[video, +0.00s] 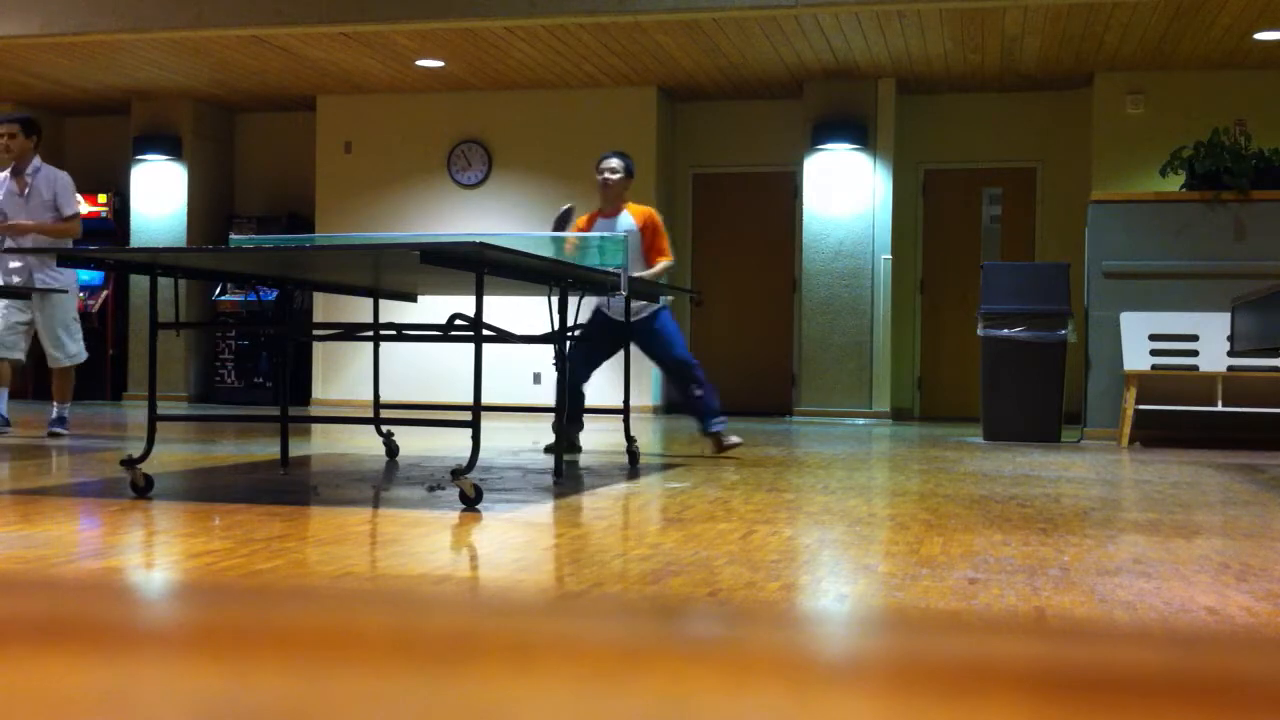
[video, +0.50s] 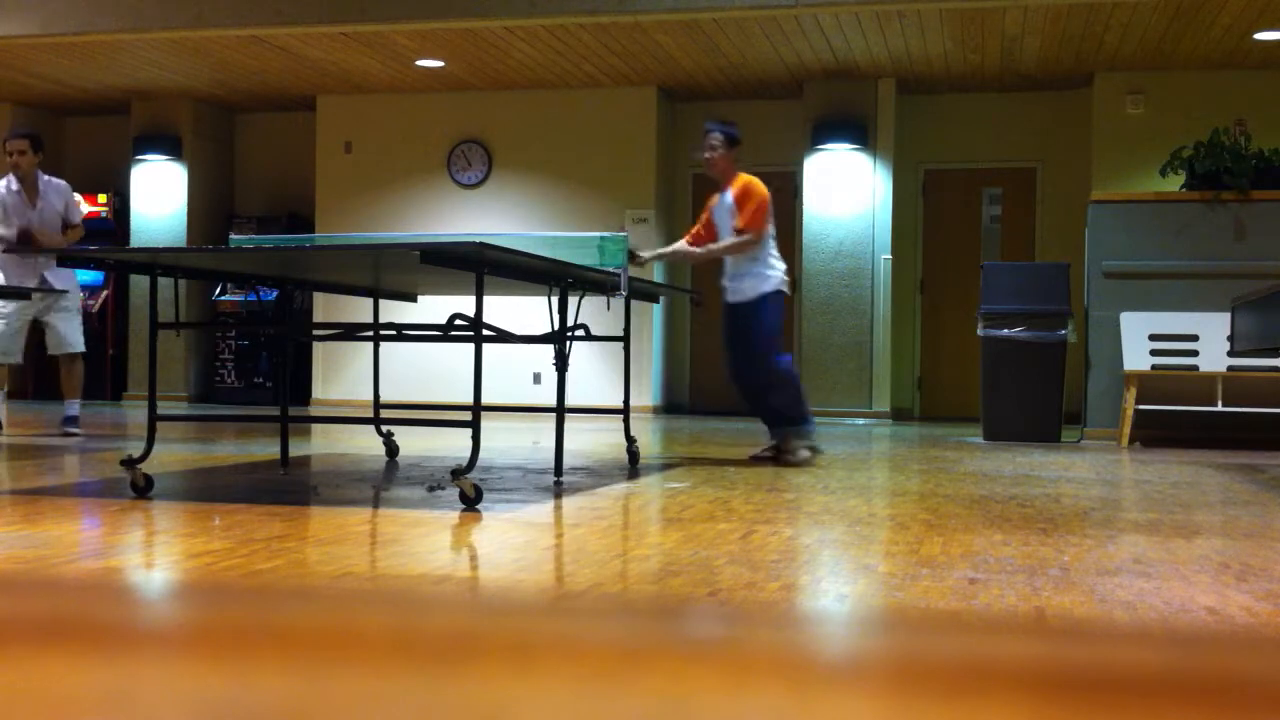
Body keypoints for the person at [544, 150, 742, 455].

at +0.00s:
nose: (606, 177)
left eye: (613, 172)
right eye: (602, 172)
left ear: (628, 179)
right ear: (595, 178)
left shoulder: (646, 217)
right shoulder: (585, 224)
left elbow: (666, 259)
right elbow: (568, 263)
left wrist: (644, 278)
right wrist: (560, 235)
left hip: (648, 313)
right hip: (607, 314)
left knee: (681, 362)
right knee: (571, 369)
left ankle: (716, 431)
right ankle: (568, 437)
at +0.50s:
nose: (708, 155)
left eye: (715, 148)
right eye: (705, 149)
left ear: (732, 152)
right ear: (702, 155)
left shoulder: (751, 188)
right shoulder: (716, 202)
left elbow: (752, 237)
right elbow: (693, 241)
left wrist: (707, 251)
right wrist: (652, 255)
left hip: (764, 288)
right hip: (737, 293)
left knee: (764, 361)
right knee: (743, 369)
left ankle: (799, 436)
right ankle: (781, 439)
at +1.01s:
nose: (773, 146)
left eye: (782, 139)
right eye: (772, 139)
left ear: (806, 143)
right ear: (773, 144)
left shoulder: (838, 188)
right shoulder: (771, 180)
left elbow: (859, 242)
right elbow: (766, 209)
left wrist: (879, 285)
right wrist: (769, 212)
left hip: (827, 288)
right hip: (783, 293)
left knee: (837, 361)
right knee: (793, 370)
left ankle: (841, 450)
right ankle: (820, 430)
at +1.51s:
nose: (786, 131)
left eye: (796, 126)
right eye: (783, 126)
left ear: (816, 135)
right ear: (779, 133)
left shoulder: (834, 187)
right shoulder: (764, 178)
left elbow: (851, 232)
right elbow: (732, 219)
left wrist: (866, 272)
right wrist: (751, 228)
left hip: (815, 294)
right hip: (766, 290)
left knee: (827, 369)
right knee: (748, 371)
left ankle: (835, 446)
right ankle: (762, 446)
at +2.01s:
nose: (773, 142)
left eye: (781, 137)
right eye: (770, 137)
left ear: (801, 143)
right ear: (768, 144)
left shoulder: (815, 183)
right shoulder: (776, 186)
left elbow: (795, 231)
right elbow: (786, 228)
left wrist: (757, 271)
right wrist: (765, 243)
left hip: (810, 291)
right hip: (773, 284)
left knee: (809, 367)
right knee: (768, 357)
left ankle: (804, 444)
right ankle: (766, 439)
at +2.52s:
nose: (746, 158)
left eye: (753, 152)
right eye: (744, 152)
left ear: (773, 157)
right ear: (743, 158)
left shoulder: (785, 196)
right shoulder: (749, 200)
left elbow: (789, 239)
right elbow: (750, 240)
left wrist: (780, 274)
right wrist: (730, 249)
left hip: (773, 297)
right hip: (745, 298)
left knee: (786, 364)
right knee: (754, 368)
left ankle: (802, 437)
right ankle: (771, 435)